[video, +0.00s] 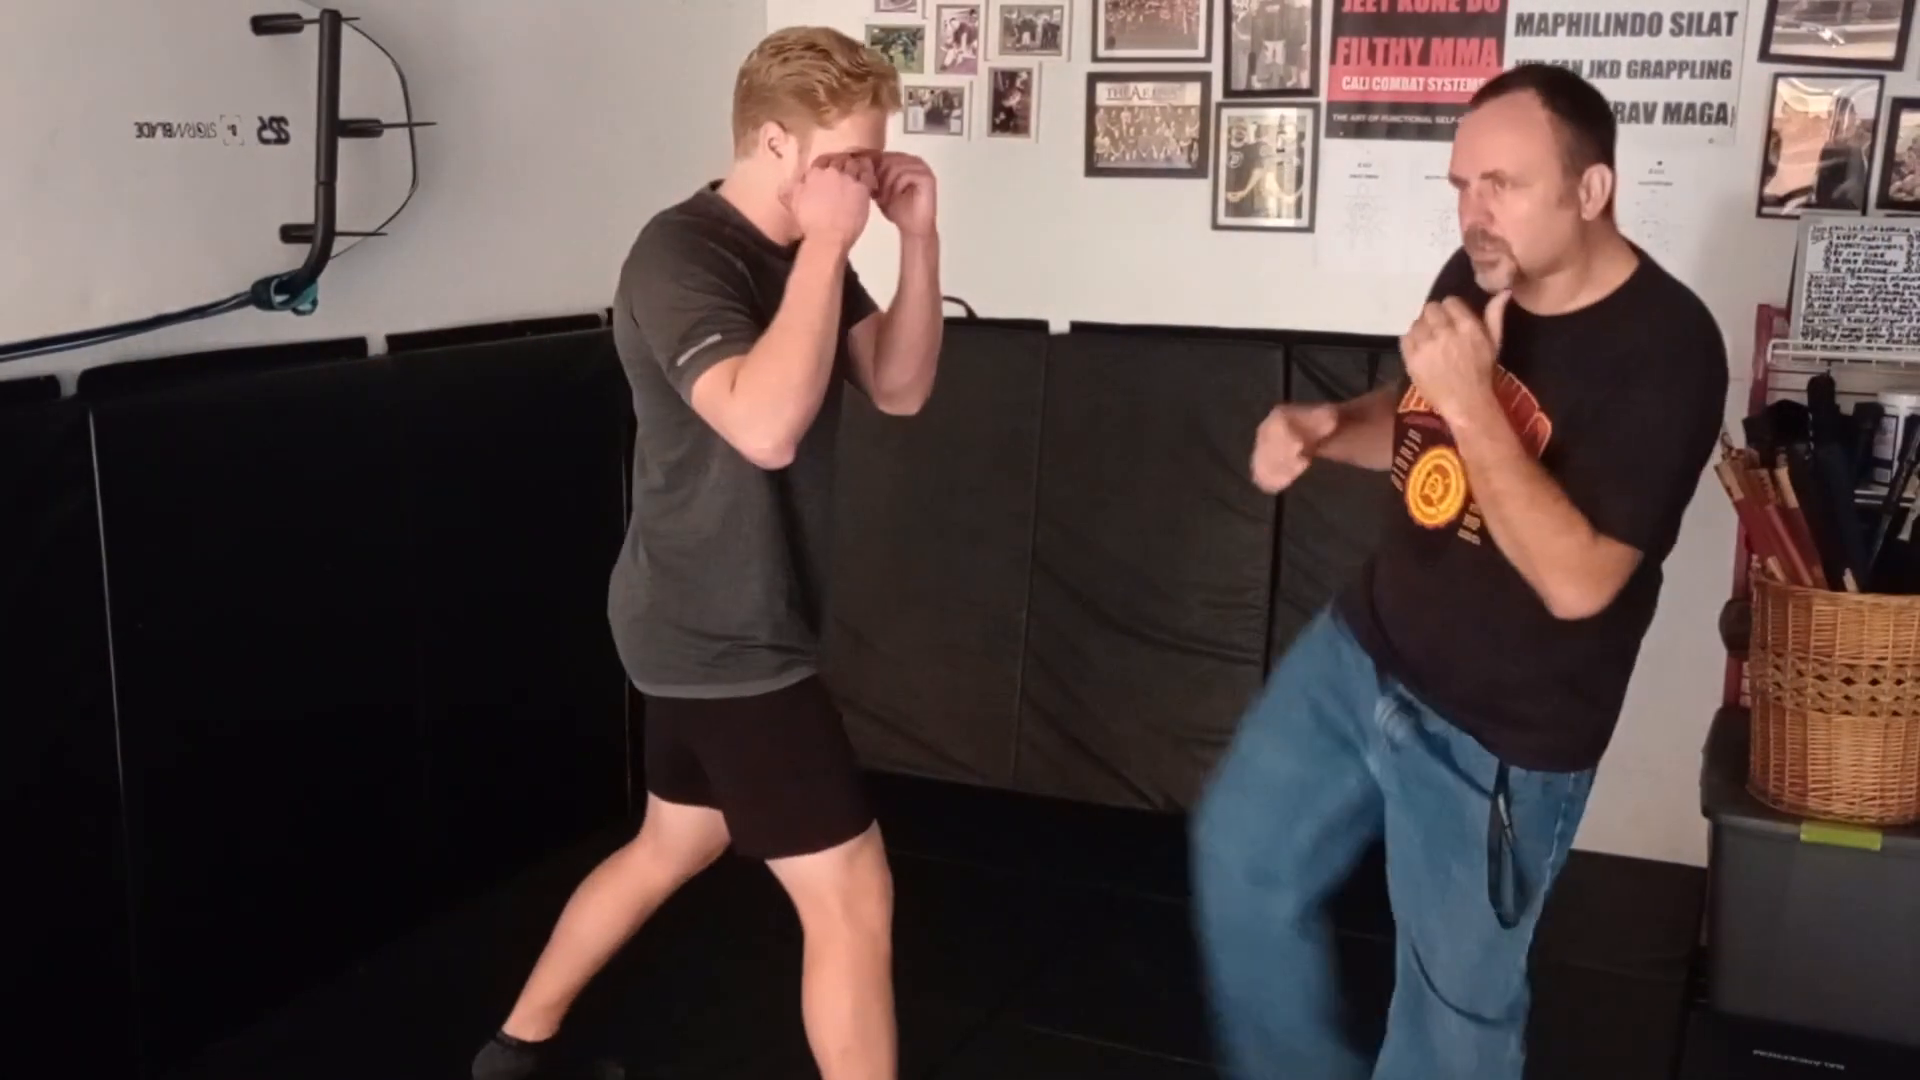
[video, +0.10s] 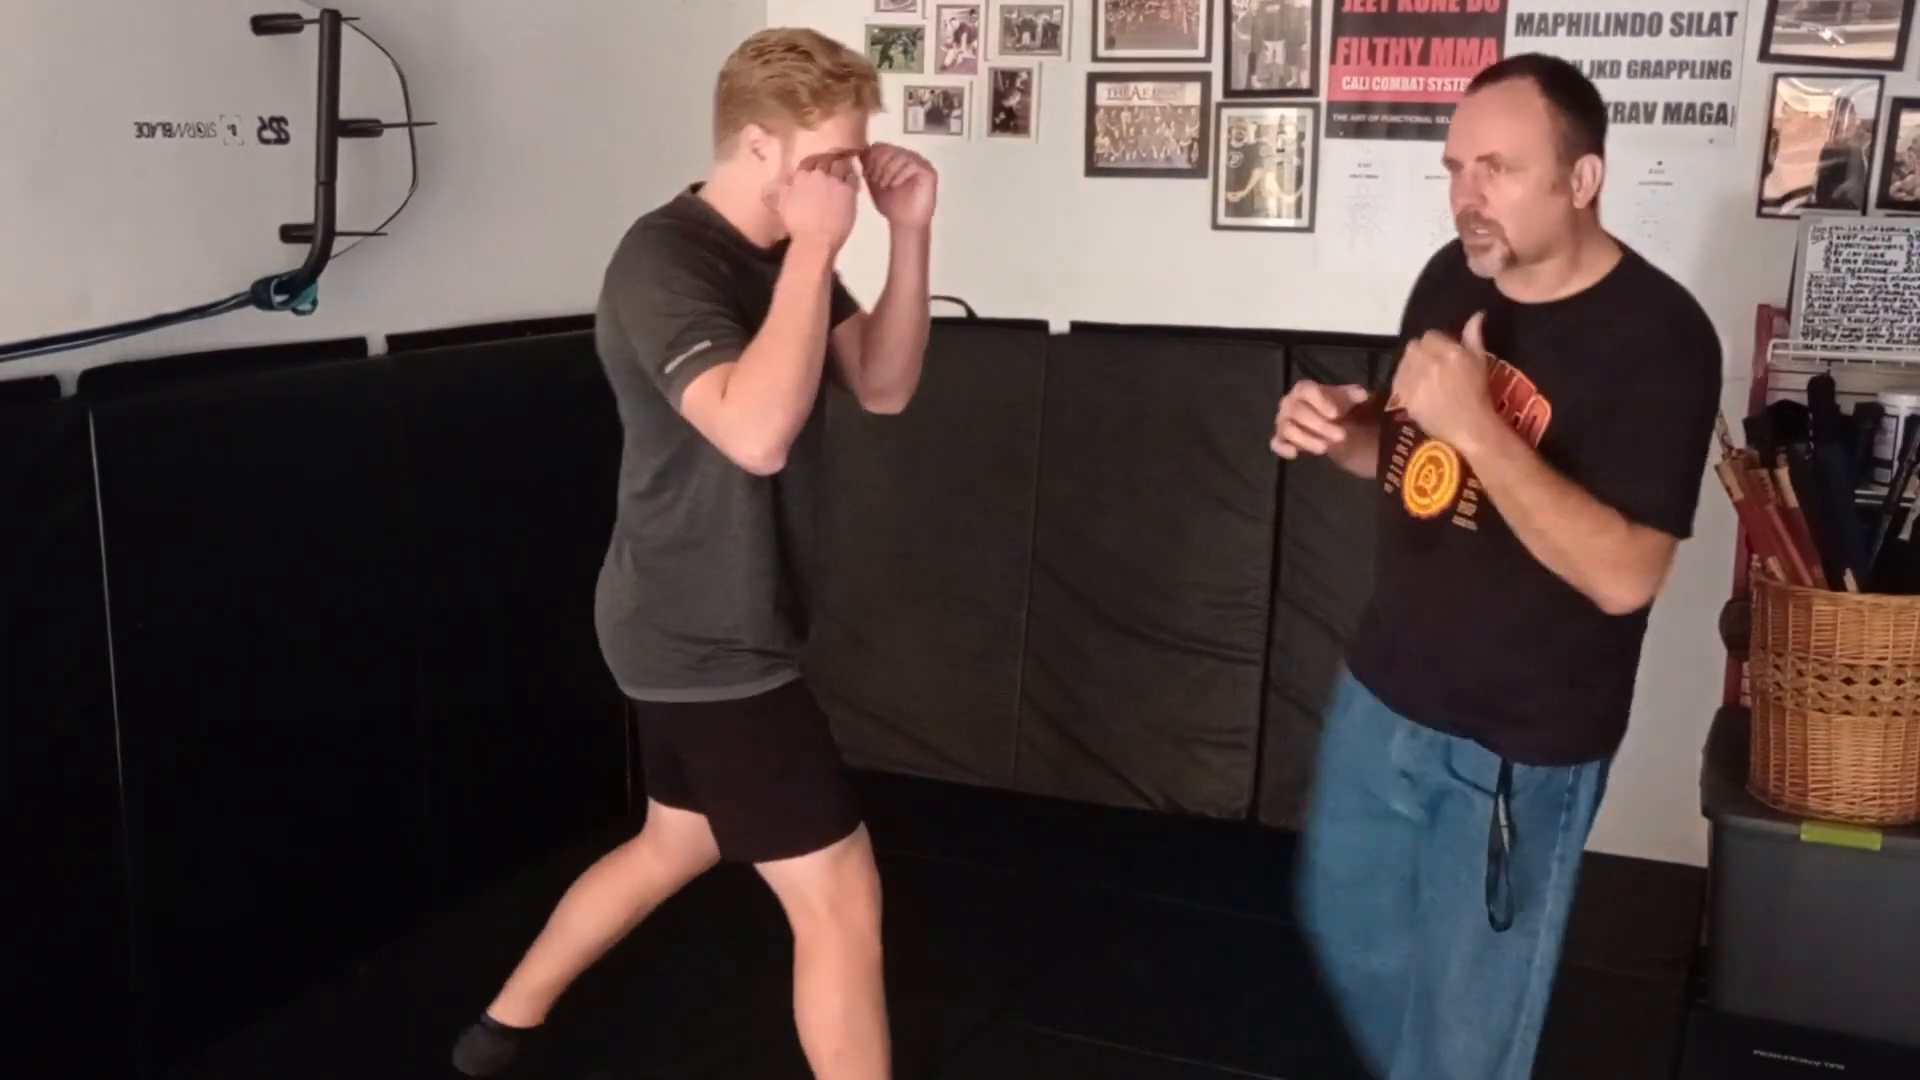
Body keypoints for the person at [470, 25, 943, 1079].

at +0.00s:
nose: (867, 186)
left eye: (872, 164)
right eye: (852, 162)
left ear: (785, 150)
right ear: (781, 150)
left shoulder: (790, 256)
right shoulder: (675, 261)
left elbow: (899, 387)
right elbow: (762, 424)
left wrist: (919, 236)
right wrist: (827, 247)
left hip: (710, 628)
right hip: (723, 642)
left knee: (671, 845)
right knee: (849, 903)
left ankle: (519, 1043)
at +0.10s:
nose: (852, 189)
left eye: (857, 165)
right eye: (834, 164)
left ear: (772, 152)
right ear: (761, 153)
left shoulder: (771, 255)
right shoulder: (658, 266)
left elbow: (883, 385)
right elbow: (755, 432)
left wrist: (911, 233)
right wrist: (816, 250)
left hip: (704, 627)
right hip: (707, 644)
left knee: (674, 845)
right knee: (838, 905)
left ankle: (501, 1031)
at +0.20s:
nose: (815, 195)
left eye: (816, 172)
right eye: (798, 172)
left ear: (739, 159)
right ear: (725, 160)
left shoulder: (735, 263)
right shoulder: (622, 277)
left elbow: (838, 400)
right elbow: (714, 451)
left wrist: (877, 252)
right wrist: (784, 267)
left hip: (712, 635)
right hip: (674, 650)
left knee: (681, 854)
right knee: (822, 900)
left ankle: (484, 1024)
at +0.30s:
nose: (739, 201)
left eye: (741, 175)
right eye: (722, 176)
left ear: (664, 170)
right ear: (642, 169)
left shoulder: (683, 276)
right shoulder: (545, 296)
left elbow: (745, 427)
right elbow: (595, 489)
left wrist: (806, 318)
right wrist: (704, 326)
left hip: (688, 642)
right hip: (623, 662)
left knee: (641, 876)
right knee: (773, 908)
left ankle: (461, 1055)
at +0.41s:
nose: (686, 208)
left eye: (688, 182)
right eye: (669, 185)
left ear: (616, 183)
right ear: (593, 181)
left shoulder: (634, 289)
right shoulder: (488, 303)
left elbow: (710, 429)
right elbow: (516, 494)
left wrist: (781, 309)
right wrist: (638, 360)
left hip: (630, 649)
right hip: (562, 671)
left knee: (614, 884)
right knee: (738, 893)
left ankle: (454, 1068)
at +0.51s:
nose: (644, 189)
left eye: (648, 163)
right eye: (626, 165)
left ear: (588, 164)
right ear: (549, 160)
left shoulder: (606, 266)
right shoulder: (450, 275)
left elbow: (699, 391)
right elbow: (482, 457)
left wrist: (752, 250)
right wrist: (601, 317)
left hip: (592, 621)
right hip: (505, 640)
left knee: (583, 868)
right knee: (696, 847)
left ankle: (451, 1069)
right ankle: (714, 1076)